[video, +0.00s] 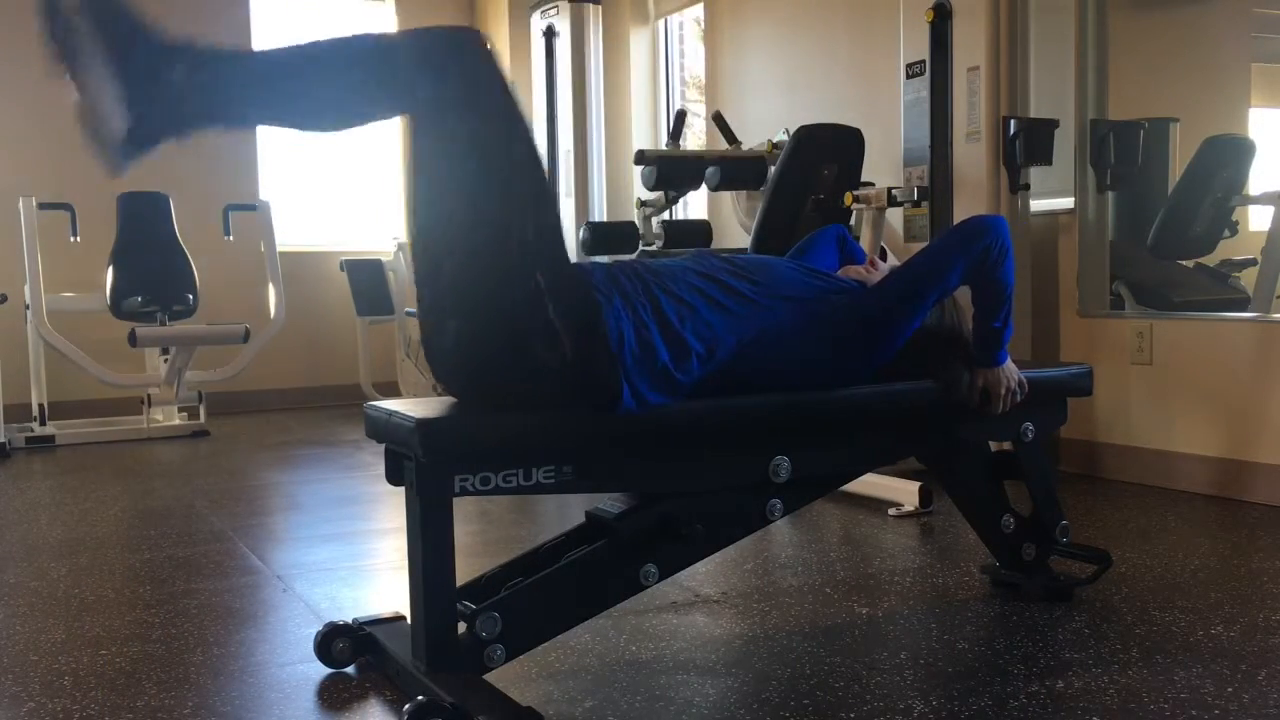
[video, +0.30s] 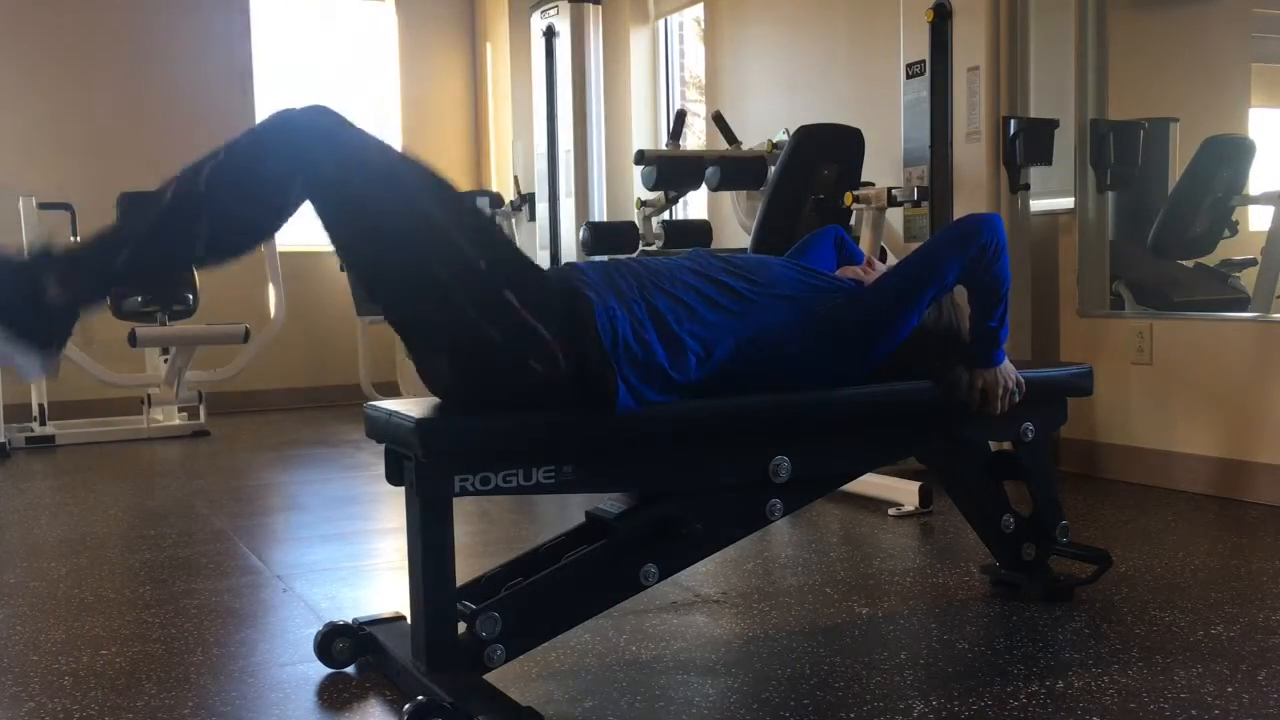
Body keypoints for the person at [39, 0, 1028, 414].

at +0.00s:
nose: (870, 244)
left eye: (889, 249)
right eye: (870, 237)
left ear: (899, 298)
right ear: (850, 259)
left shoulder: (855, 329)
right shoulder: (800, 292)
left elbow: (992, 235)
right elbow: (824, 200)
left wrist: (986, 349)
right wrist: (870, 249)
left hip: (539, 356)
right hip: (531, 326)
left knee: (452, 64)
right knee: (451, 63)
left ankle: (156, 98)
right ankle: (169, 80)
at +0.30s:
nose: (881, 255)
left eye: (898, 264)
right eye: (891, 254)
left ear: (901, 301)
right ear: (875, 278)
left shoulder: (853, 324)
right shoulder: (796, 283)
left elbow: (983, 228)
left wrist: (976, 343)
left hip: (538, 348)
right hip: (531, 304)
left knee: (311, 138)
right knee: (313, 127)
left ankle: (70, 285)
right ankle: (148, 251)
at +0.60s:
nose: (877, 244)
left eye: (899, 263)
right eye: (889, 253)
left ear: (914, 323)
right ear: (881, 307)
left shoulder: (855, 325)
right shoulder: (788, 282)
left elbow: (984, 228)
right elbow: (823, 157)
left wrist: (979, 354)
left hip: (554, 342)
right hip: (524, 304)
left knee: (238, 256)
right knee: (254, 235)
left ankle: (41, 493)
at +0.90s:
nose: (884, 255)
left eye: (896, 264)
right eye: (890, 253)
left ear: (898, 297)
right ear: (867, 267)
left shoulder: (860, 321)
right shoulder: (782, 289)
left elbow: (979, 222)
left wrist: (977, 351)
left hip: (552, 347)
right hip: (515, 304)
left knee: (239, 365)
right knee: (259, 341)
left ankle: (59, 619)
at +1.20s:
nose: (892, 270)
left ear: (912, 317)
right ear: (888, 303)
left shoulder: (855, 325)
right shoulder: (792, 289)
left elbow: (980, 225)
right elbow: (837, 193)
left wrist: (979, 355)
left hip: (545, 334)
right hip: (519, 298)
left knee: (235, 269)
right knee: (255, 239)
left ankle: (34, 461)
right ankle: (172, 326)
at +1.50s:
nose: (859, 242)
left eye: (870, 246)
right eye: (853, 233)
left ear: (879, 282)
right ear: (829, 248)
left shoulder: (837, 317)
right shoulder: (776, 284)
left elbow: (976, 231)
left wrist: (968, 339)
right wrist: (871, 237)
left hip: (542, 357)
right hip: (526, 329)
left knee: (430, 71)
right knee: (430, 73)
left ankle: (143, 71)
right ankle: (153, 58)